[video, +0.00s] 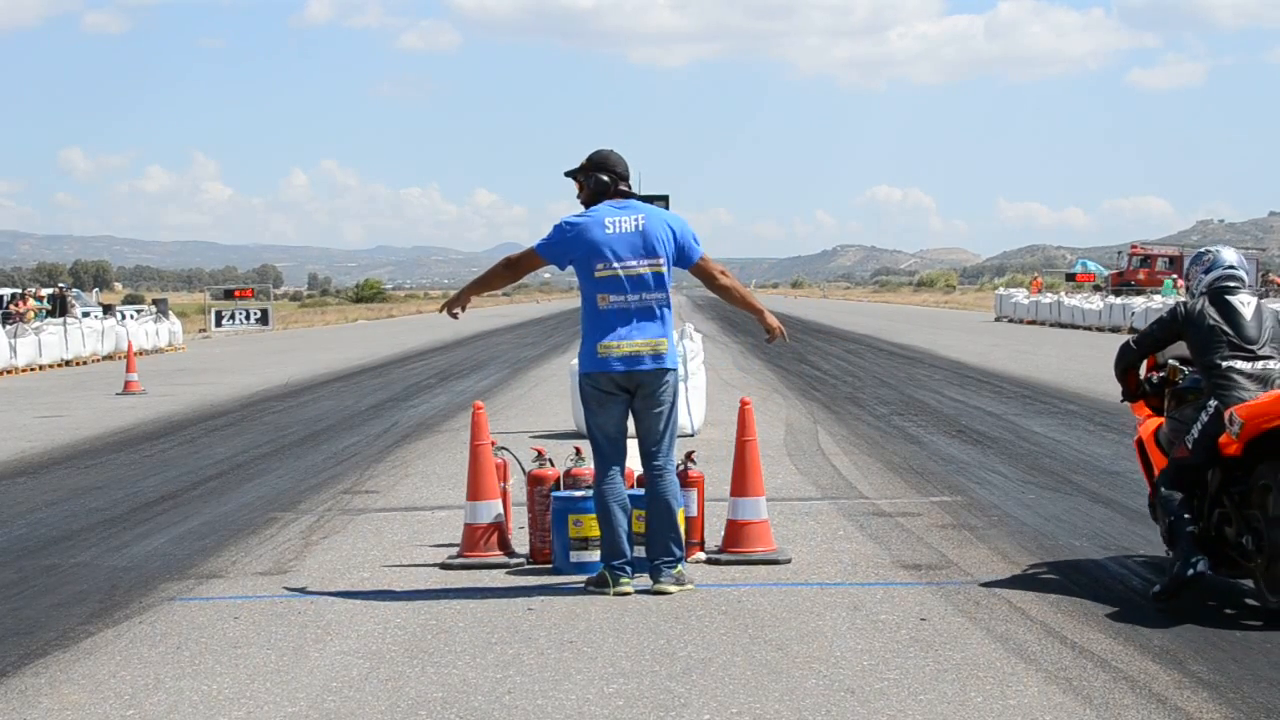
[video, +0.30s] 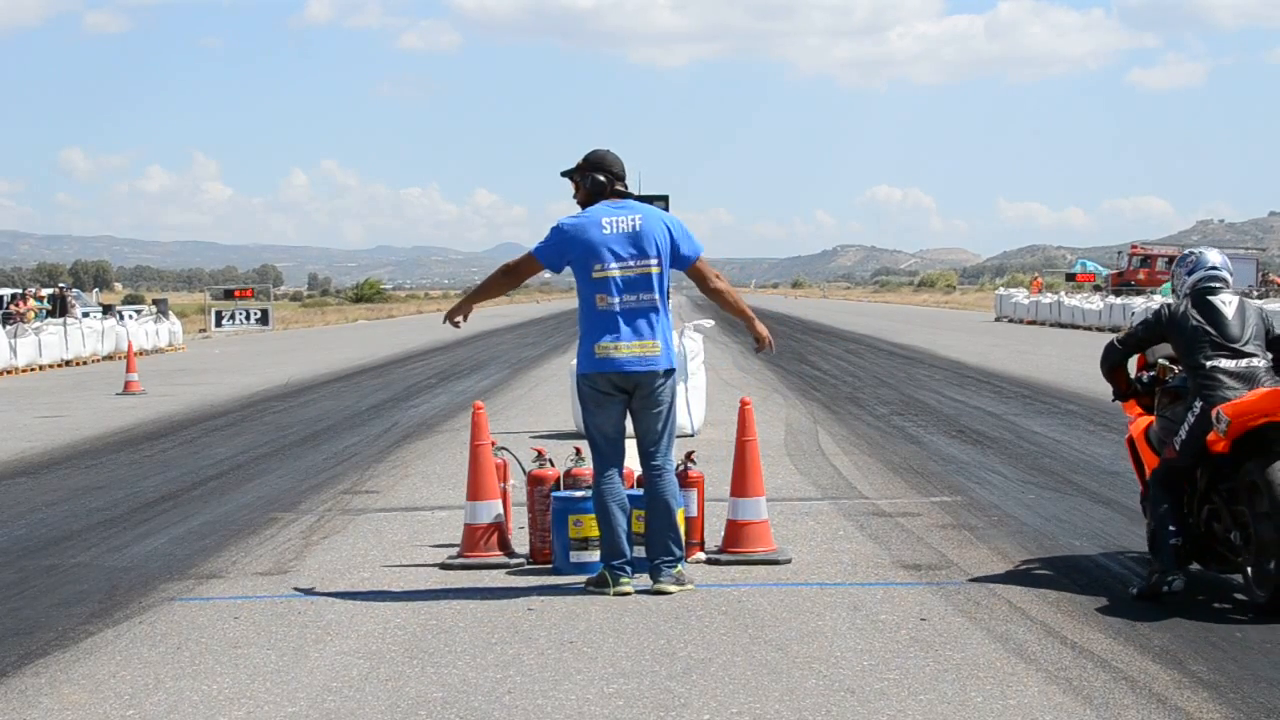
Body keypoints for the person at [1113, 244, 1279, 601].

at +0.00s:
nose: (1188, 283)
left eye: (1191, 276)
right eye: (1189, 277)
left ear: (1201, 274)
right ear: (1241, 273)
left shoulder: (1192, 309)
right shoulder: (1268, 308)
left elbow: (1131, 350)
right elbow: (1259, 353)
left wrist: (1132, 386)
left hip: (1230, 402)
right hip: (1273, 397)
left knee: (1170, 484)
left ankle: (1187, 556)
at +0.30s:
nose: (1174, 286)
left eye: (1175, 280)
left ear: (1183, 278)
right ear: (1228, 276)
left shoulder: (1173, 312)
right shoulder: (1258, 309)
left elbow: (1113, 353)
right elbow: (1276, 346)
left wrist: (1125, 390)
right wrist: (1261, 364)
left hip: (1215, 403)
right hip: (1266, 393)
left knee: (1163, 481)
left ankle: (1165, 570)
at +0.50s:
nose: (1167, 282)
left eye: (1169, 275)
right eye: (1169, 275)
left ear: (1176, 275)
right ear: (1217, 274)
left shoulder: (1166, 310)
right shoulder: (1247, 308)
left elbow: (1105, 355)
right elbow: (1275, 344)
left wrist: (1119, 389)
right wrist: (1267, 369)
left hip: (1209, 401)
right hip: (1261, 392)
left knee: (1162, 480)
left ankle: (1165, 570)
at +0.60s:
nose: (1164, 283)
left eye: (1165, 277)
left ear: (1172, 276)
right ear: (1214, 275)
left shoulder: (1163, 311)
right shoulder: (1244, 309)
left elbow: (1101, 356)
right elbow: (1275, 346)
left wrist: (1116, 387)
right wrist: (1264, 370)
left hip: (1206, 401)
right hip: (1258, 392)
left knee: (1162, 477)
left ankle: (1164, 568)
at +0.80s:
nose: (1162, 284)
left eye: (1163, 278)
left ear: (1168, 278)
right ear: (1212, 276)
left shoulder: (1159, 312)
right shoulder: (1241, 309)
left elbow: (1100, 354)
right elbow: (1274, 346)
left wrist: (1108, 380)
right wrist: (1262, 374)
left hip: (1200, 399)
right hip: (1253, 391)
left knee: (1158, 476)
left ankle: (1163, 560)